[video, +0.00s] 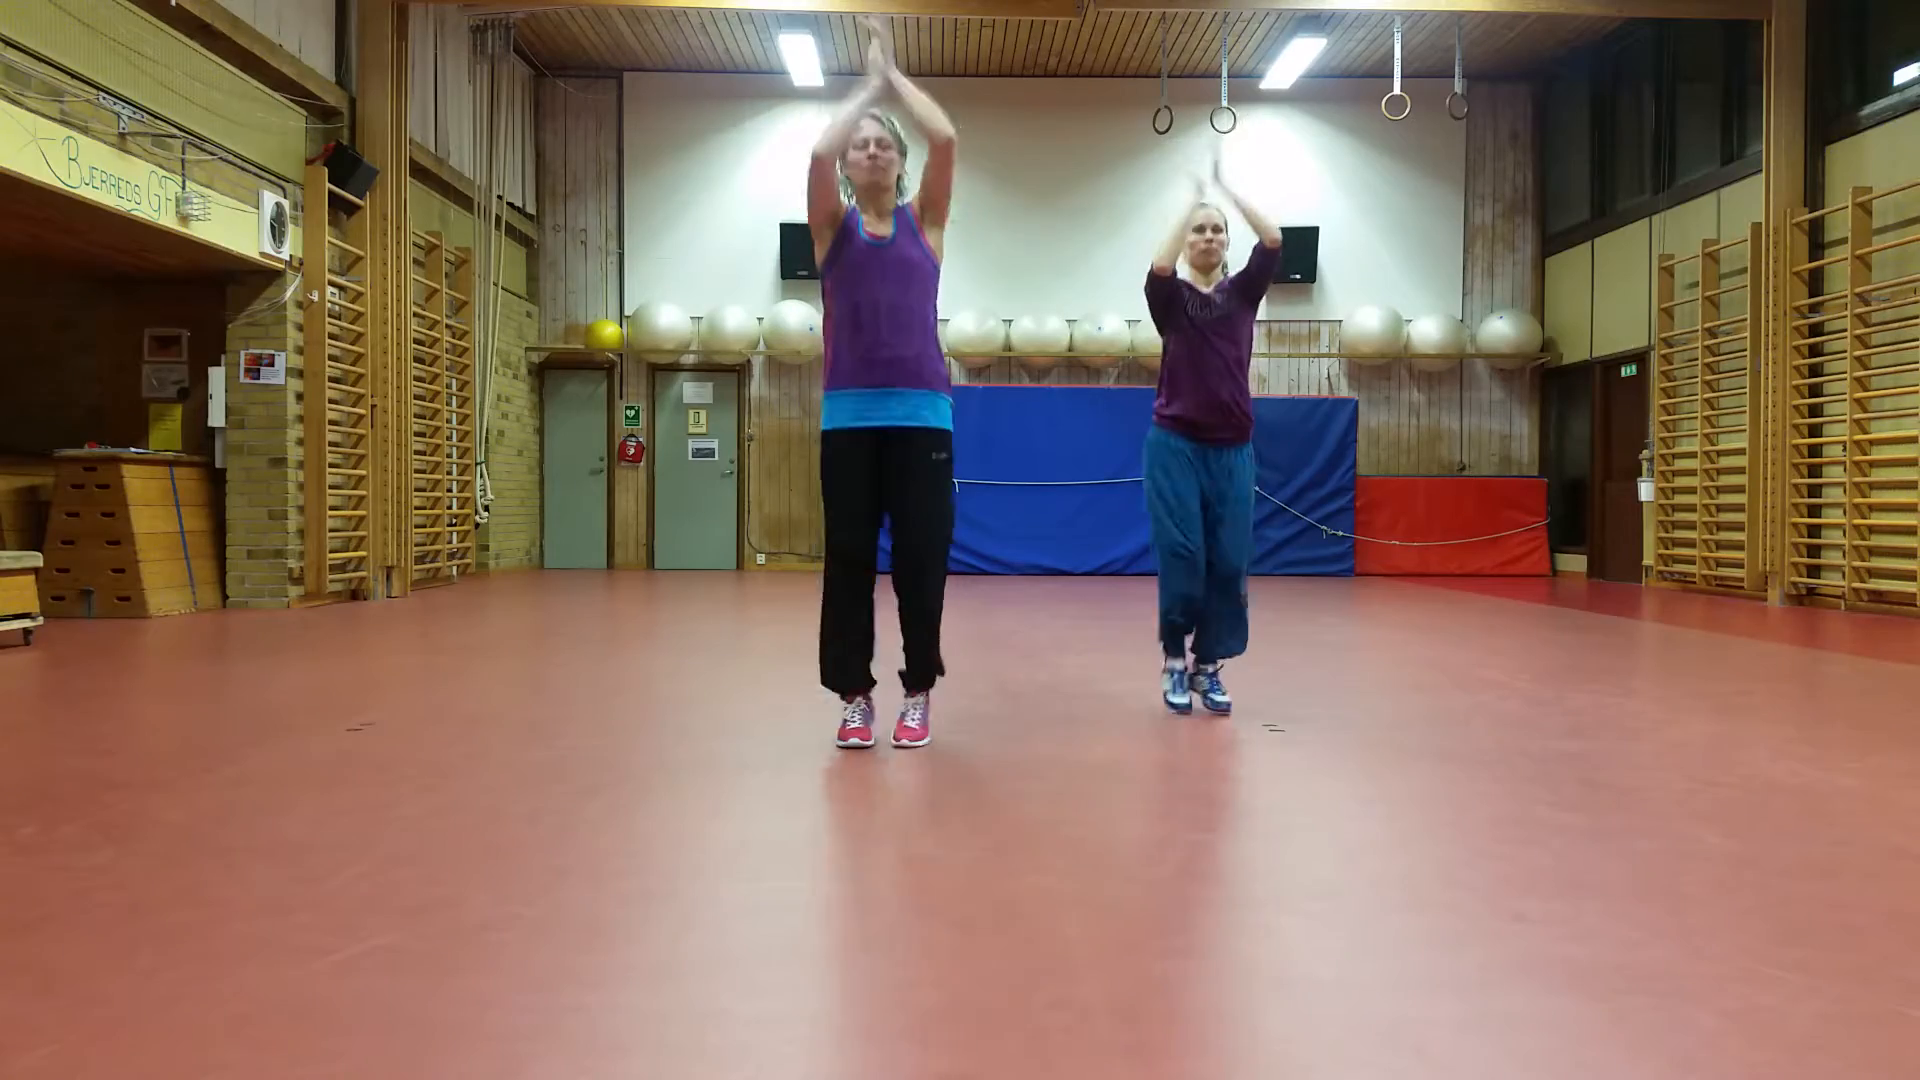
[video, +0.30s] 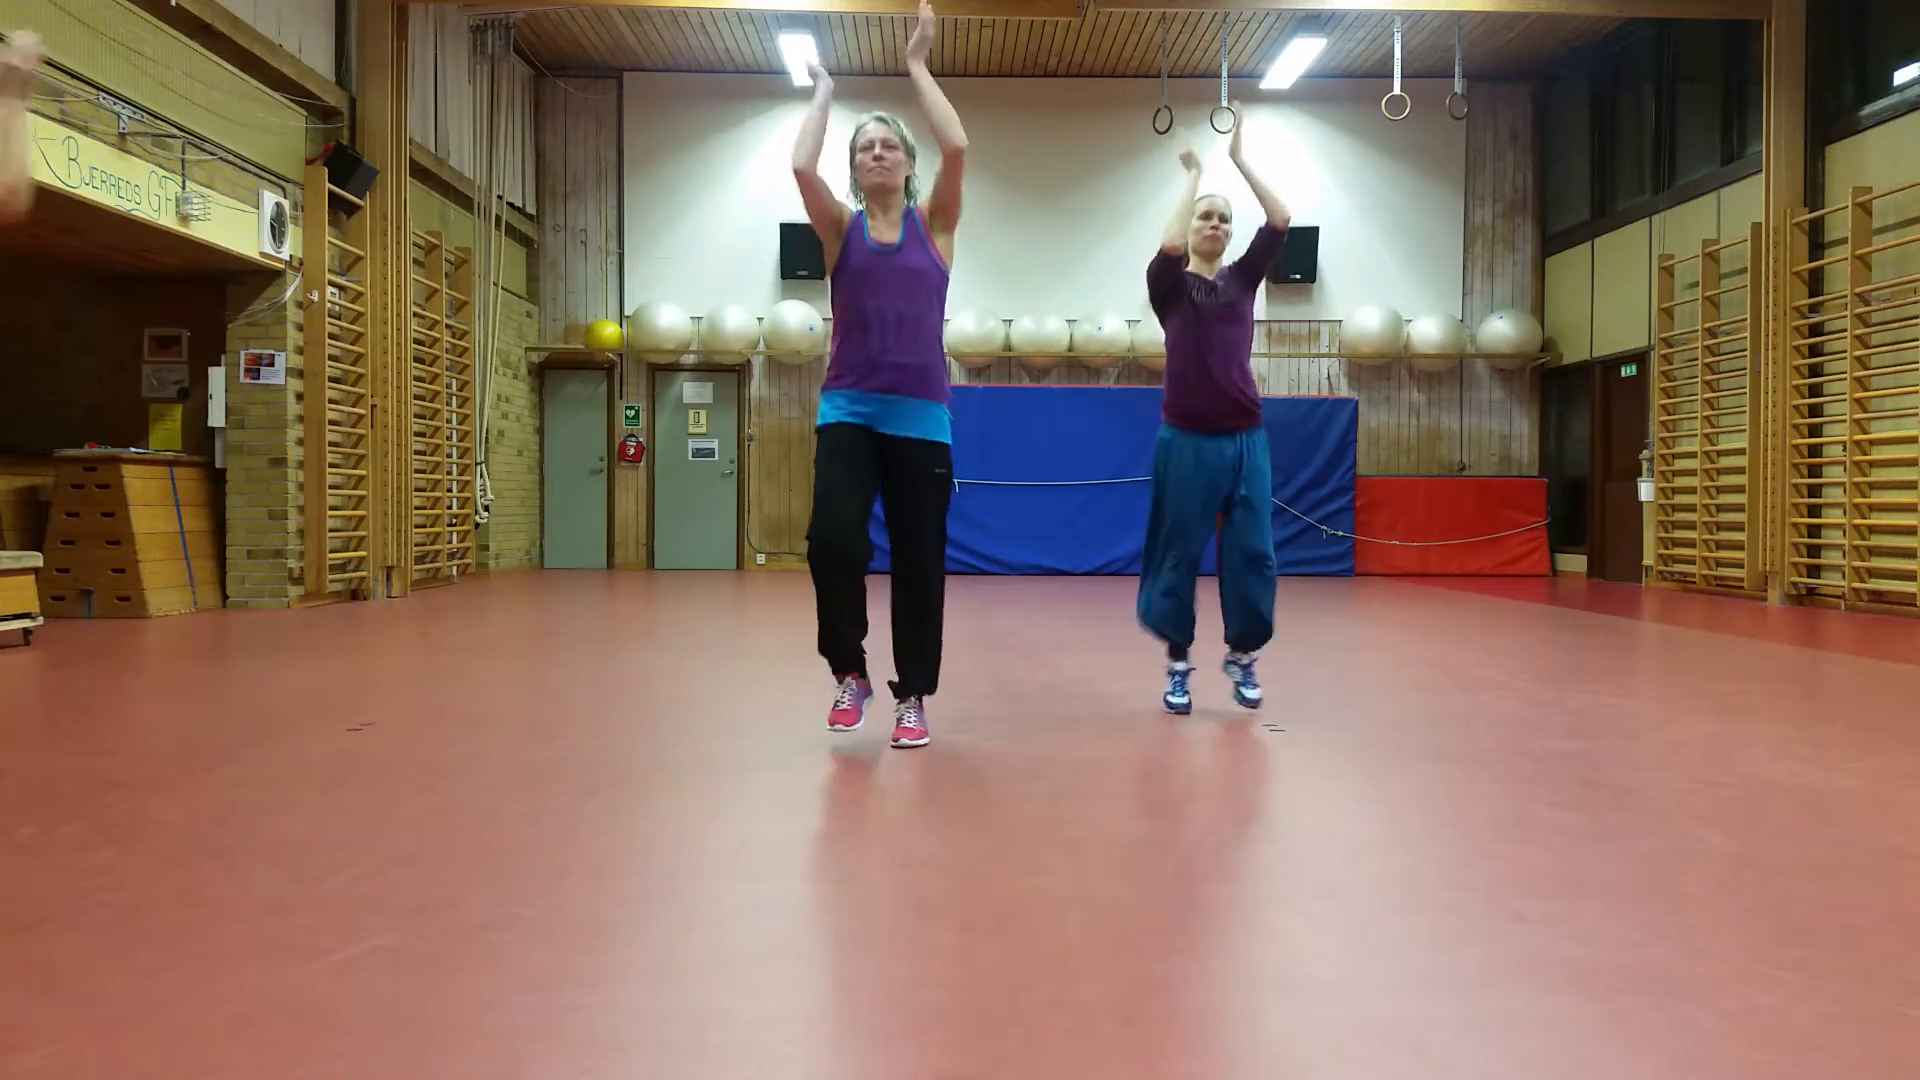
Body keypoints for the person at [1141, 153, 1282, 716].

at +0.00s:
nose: (1210, 237)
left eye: (1217, 230)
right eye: (1200, 229)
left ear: (1227, 241)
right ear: (1182, 240)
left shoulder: (1242, 293)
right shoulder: (1169, 298)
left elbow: (1273, 240)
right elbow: (1160, 268)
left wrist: (1225, 189)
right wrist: (1189, 205)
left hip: (1232, 447)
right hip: (1174, 443)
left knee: (1229, 559)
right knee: (1183, 551)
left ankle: (1209, 668)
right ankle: (1175, 661)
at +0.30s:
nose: (1214, 224)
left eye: (1222, 219)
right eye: (1205, 217)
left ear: (1231, 233)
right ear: (1187, 229)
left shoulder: (1241, 280)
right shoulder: (1170, 287)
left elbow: (1280, 220)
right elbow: (1170, 245)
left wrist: (1239, 160)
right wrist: (1189, 179)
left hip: (1245, 437)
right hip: (1187, 438)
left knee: (1252, 550)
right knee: (1179, 551)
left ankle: (1242, 659)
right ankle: (1178, 664)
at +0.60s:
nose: (1230, 236)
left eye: (1238, 232)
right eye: (1220, 229)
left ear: (1245, 248)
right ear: (1199, 242)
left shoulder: (1253, 297)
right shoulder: (1179, 300)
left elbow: (1292, 227)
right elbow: (1156, 249)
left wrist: (1253, 159)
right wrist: (1189, 180)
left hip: (1249, 452)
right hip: (1190, 451)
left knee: (1256, 568)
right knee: (1192, 556)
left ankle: (1254, 676)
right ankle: (1204, 662)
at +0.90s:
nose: (1208, 256)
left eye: (1216, 251)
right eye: (1198, 251)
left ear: (1228, 265)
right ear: (1183, 264)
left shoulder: (1244, 313)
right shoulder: (1170, 321)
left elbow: (1276, 234)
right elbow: (1151, 268)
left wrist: (1219, 186)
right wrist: (1192, 194)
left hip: (1231, 469)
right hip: (1173, 466)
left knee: (1232, 580)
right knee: (1165, 577)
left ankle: (1213, 674)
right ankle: (1169, 675)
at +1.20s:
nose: (1218, 247)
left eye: (1226, 242)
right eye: (1208, 241)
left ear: (1238, 256)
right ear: (1194, 254)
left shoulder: (1252, 303)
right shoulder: (1178, 304)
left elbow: (1283, 222)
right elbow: (1157, 254)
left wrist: (1228, 180)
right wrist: (1203, 192)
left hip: (1250, 455)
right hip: (1189, 456)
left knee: (1255, 569)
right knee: (1190, 568)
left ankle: (1248, 670)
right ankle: (1208, 670)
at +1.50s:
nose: (1216, 226)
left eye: (1225, 221)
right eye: (1206, 221)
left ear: (1239, 236)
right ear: (1192, 236)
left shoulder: (1252, 284)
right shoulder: (1179, 286)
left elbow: (1278, 201)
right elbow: (1149, 240)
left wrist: (1228, 144)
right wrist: (1170, 165)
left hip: (1238, 438)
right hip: (1181, 434)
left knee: (1239, 552)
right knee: (1181, 547)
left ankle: (1227, 658)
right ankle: (1180, 658)